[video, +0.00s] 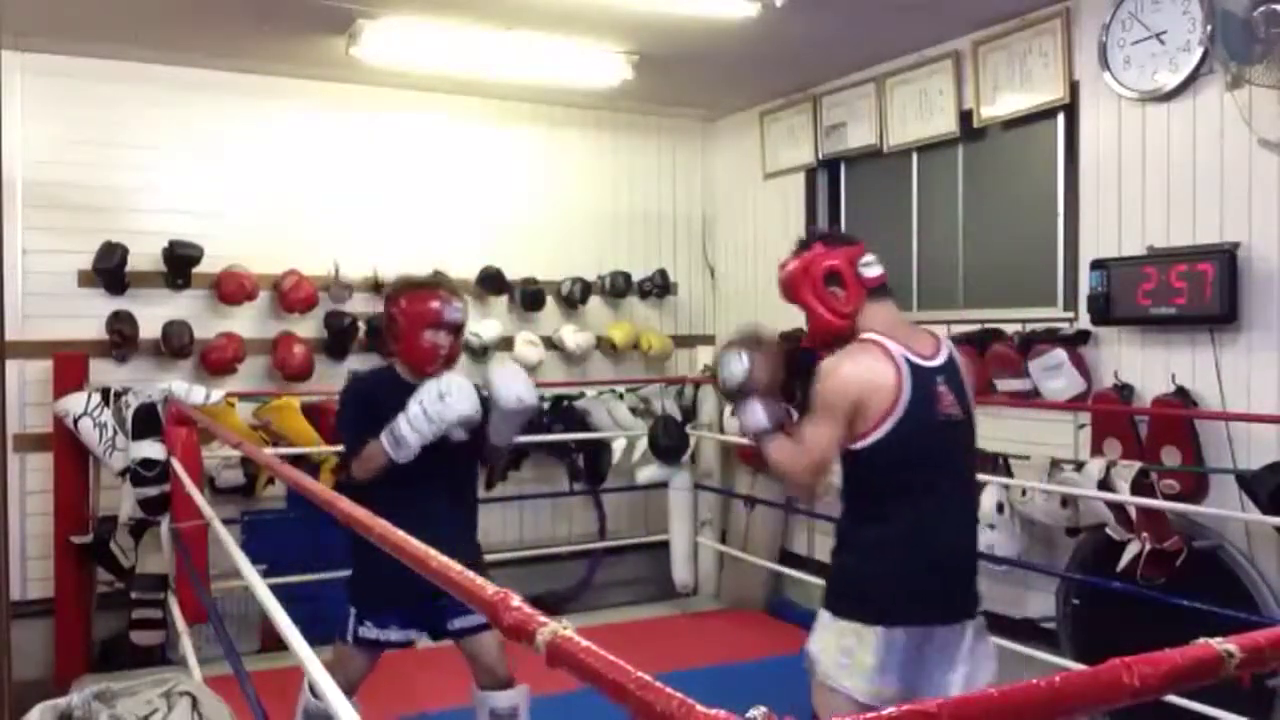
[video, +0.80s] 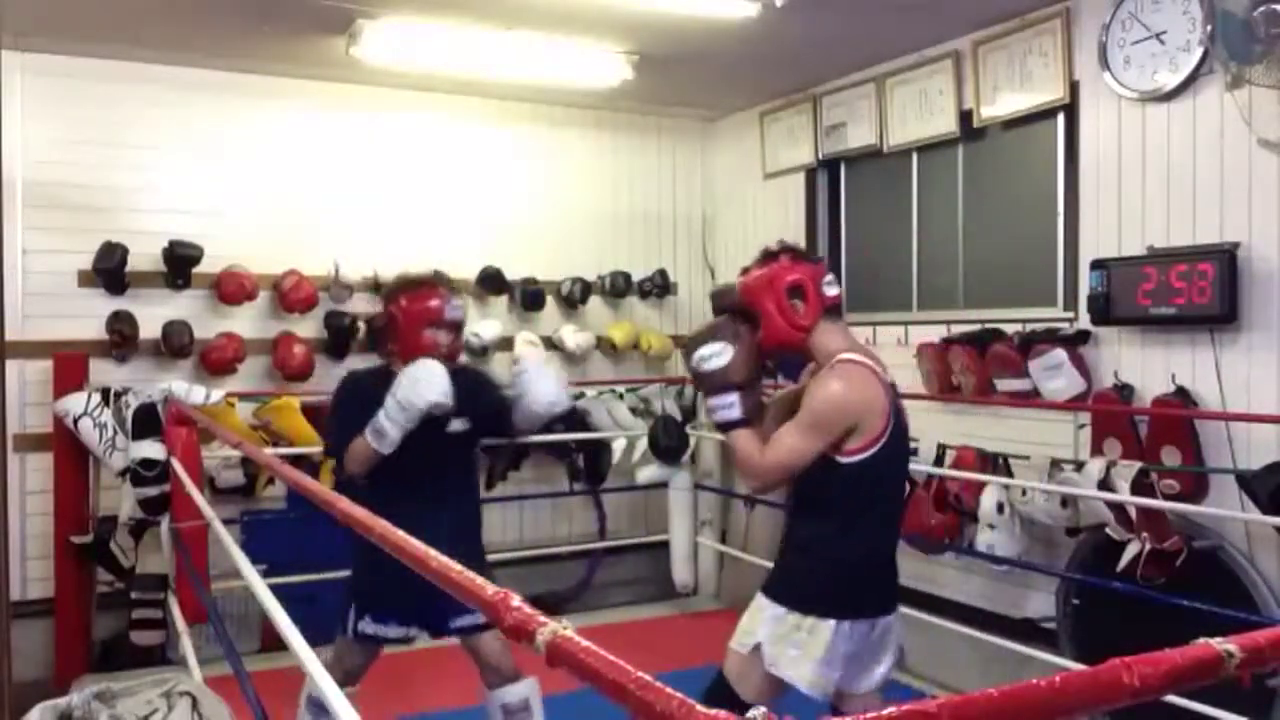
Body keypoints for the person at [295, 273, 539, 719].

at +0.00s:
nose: (443, 342)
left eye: (452, 332)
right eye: (432, 330)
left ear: (461, 339)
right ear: (399, 329)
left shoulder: (460, 394)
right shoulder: (366, 390)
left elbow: (488, 469)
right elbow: (357, 470)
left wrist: (507, 419)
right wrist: (413, 426)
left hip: (455, 560)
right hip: (384, 562)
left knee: (495, 671)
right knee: (346, 674)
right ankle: (311, 714)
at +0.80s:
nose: (446, 339)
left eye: (453, 329)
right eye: (434, 327)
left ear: (460, 334)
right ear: (401, 330)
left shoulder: (468, 384)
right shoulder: (362, 388)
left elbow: (507, 427)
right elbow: (350, 467)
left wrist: (533, 407)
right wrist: (396, 414)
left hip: (456, 561)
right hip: (384, 563)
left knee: (499, 662)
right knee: (350, 663)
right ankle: (311, 711)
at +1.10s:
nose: (457, 360)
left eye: (466, 348)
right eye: (446, 346)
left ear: (476, 352)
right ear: (413, 344)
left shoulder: (481, 402)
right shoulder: (372, 401)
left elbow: (526, 443)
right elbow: (344, 477)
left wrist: (544, 409)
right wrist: (375, 423)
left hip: (466, 563)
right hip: (392, 565)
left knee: (516, 670)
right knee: (338, 668)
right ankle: (304, 710)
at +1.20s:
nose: (445, 352)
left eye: (452, 342)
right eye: (433, 340)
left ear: (458, 347)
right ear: (399, 338)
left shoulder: (460, 401)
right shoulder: (357, 396)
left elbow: (513, 452)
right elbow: (342, 473)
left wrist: (514, 411)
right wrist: (379, 414)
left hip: (453, 563)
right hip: (381, 563)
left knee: (500, 665)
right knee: (326, 674)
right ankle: (302, 714)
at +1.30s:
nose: (427, 340)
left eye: (434, 329)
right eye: (416, 328)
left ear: (442, 330)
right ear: (382, 325)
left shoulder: (444, 383)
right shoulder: (342, 380)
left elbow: (486, 432)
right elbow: (329, 456)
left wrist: (496, 402)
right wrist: (377, 406)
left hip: (434, 550)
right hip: (360, 551)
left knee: (481, 649)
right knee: (321, 653)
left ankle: (498, 713)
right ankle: (294, 712)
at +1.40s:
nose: (412, 349)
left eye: (420, 338)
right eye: (401, 337)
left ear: (428, 342)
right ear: (367, 338)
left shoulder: (428, 394)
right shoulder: (328, 394)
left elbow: (463, 442)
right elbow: (320, 476)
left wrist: (480, 402)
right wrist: (370, 417)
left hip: (417, 557)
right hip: (345, 559)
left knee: (461, 662)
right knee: (303, 674)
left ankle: (441, 716)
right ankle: (285, 714)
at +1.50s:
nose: (408, 349)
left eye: (413, 336)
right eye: (394, 335)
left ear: (419, 341)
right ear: (362, 340)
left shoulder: (417, 400)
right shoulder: (323, 398)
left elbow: (449, 456)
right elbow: (334, 473)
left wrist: (468, 408)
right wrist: (378, 408)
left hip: (405, 564)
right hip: (335, 567)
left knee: (446, 673)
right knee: (295, 683)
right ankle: (284, 715)